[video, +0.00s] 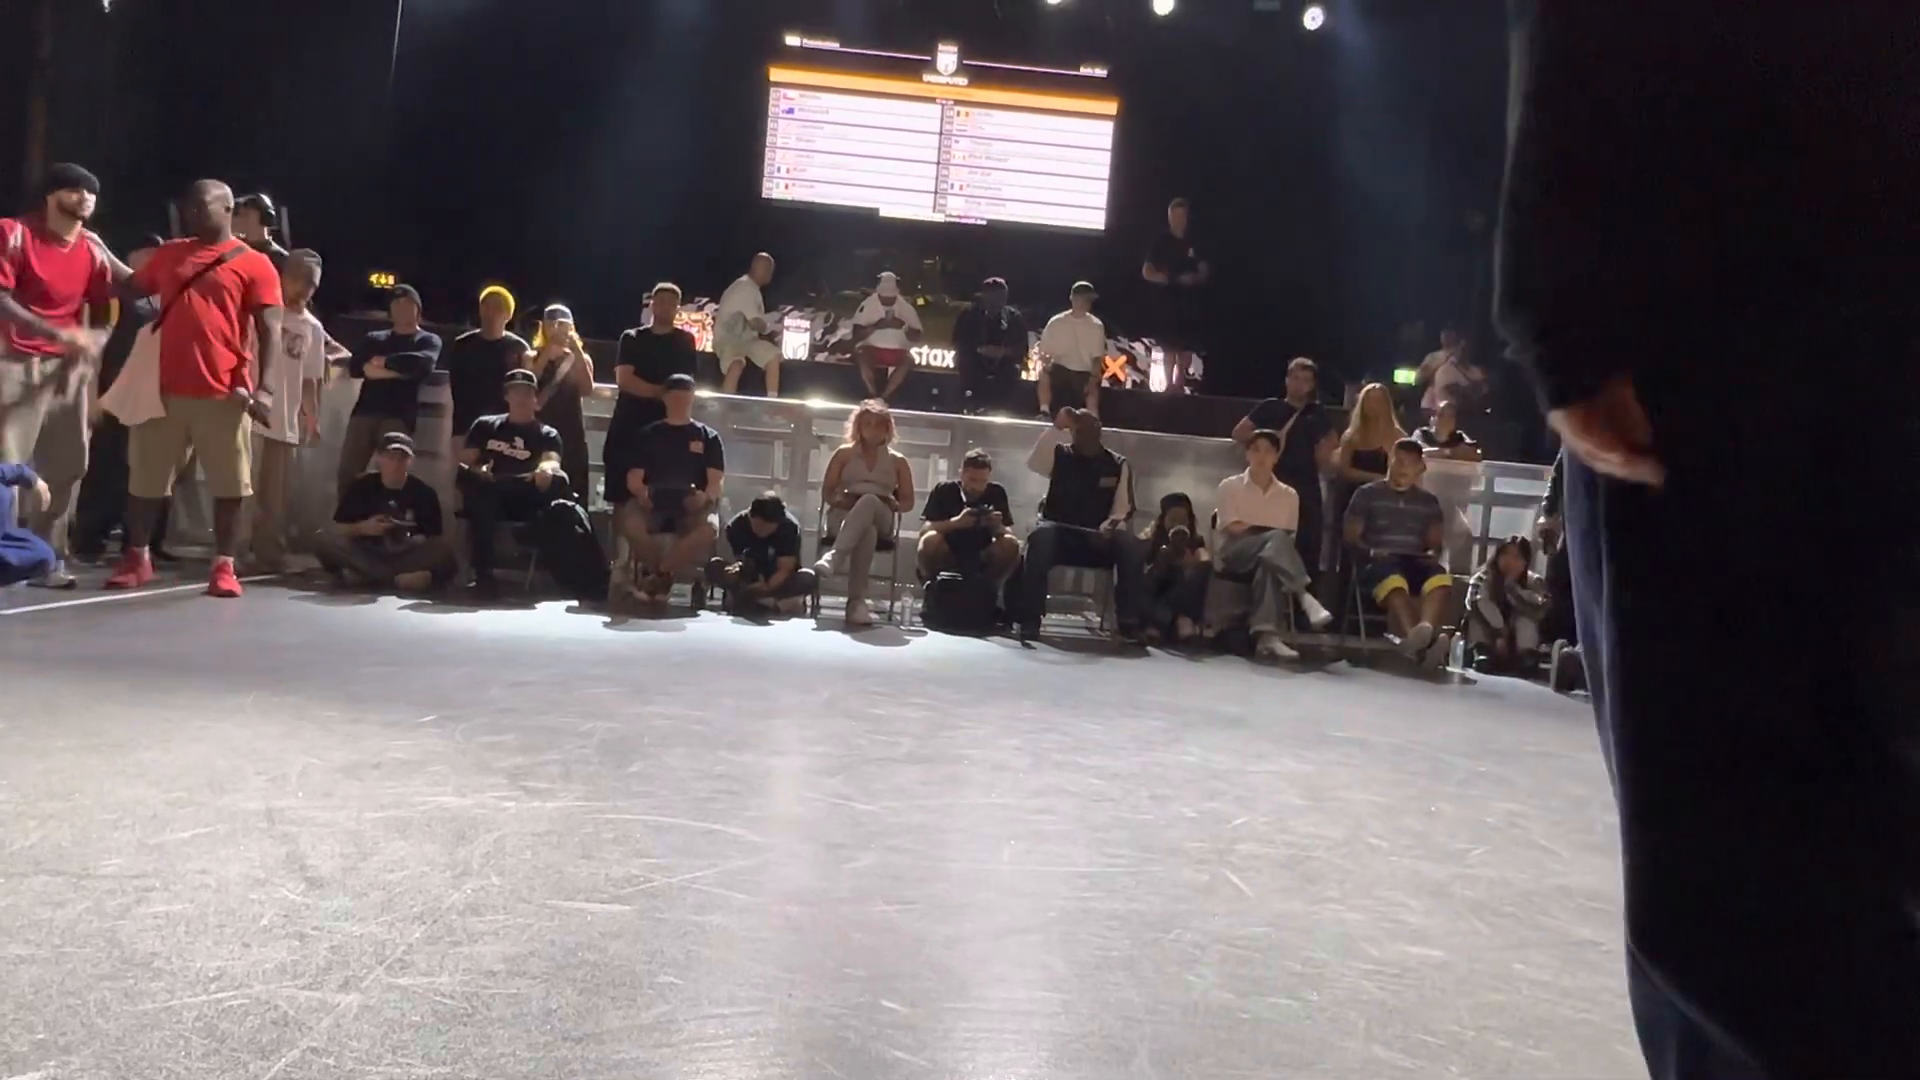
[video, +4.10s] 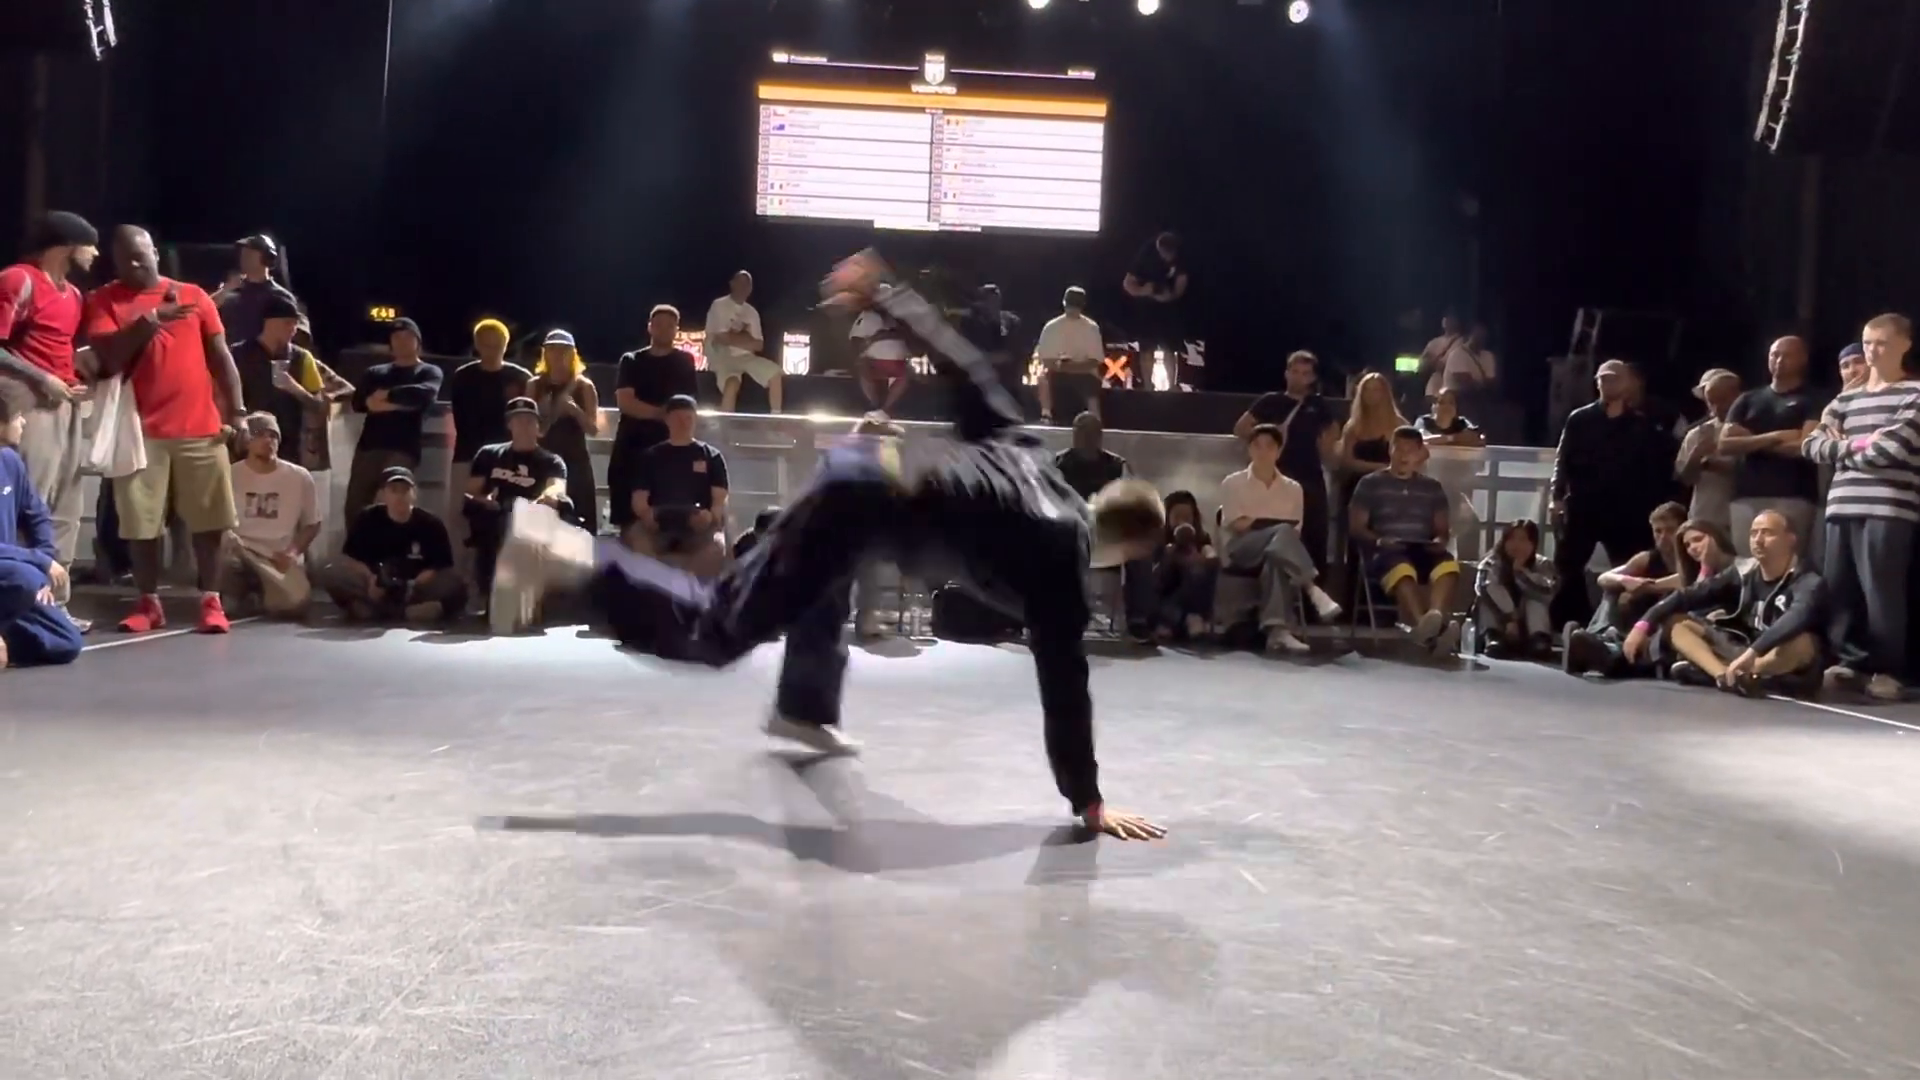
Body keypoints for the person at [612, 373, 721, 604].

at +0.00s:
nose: (680, 400)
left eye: (685, 394)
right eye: (675, 394)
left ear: (692, 397)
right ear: (665, 397)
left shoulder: (708, 437)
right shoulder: (647, 434)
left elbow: (715, 482)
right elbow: (633, 477)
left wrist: (704, 498)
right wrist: (644, 494)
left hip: (690, 499)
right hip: (654, 497)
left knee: (708, 530)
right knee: (630, 520)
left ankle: (659, 574)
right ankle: (662, 575)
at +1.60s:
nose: (655, 417)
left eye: (660, 411)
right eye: (650, 411)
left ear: (667, 415)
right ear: (639, 414)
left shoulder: (683, 451)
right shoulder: (622, 450)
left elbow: (692, 495)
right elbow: (610, 493)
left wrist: (682, 512)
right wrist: (622, 514)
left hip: (668, 513)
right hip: (632, 512)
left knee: (687, 543)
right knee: (607, 535)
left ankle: (644, 589)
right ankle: (639, 590)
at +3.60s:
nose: (678, 429)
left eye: (682, 423)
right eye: (672, 423)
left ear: (689, 426)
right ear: (662, 426)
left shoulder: (706, 462)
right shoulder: (645, 462)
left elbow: (715, 504)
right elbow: (633, 505)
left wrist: (704, 523)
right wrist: (642, 522)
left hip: (690, 523)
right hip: (655, 523)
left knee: (710, 555)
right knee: (630, 545)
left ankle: (663, 601)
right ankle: (661, 600)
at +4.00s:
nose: (682, 422)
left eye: (687, 417)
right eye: (677, 417)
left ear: (694, 421)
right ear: (666, 420)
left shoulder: (709, 456)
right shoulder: (649, 456)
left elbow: (718, 499)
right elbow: (637, 499)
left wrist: (708, 517)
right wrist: (648, 517)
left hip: (694, 519)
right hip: (659, 518)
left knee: (714, 550)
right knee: (637, 544)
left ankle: (670, 598)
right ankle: (665, 596)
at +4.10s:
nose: (683, 422)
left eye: (688, 417)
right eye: (677, 417)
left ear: (695, 420)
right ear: (667, 419)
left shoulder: (711, 456)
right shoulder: (650, 456)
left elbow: (719, 501)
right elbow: (639, 498)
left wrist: (709, 517)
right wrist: (648, 516)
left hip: (695, 519)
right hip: (660, 519)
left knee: (716, 546)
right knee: (638, 536)